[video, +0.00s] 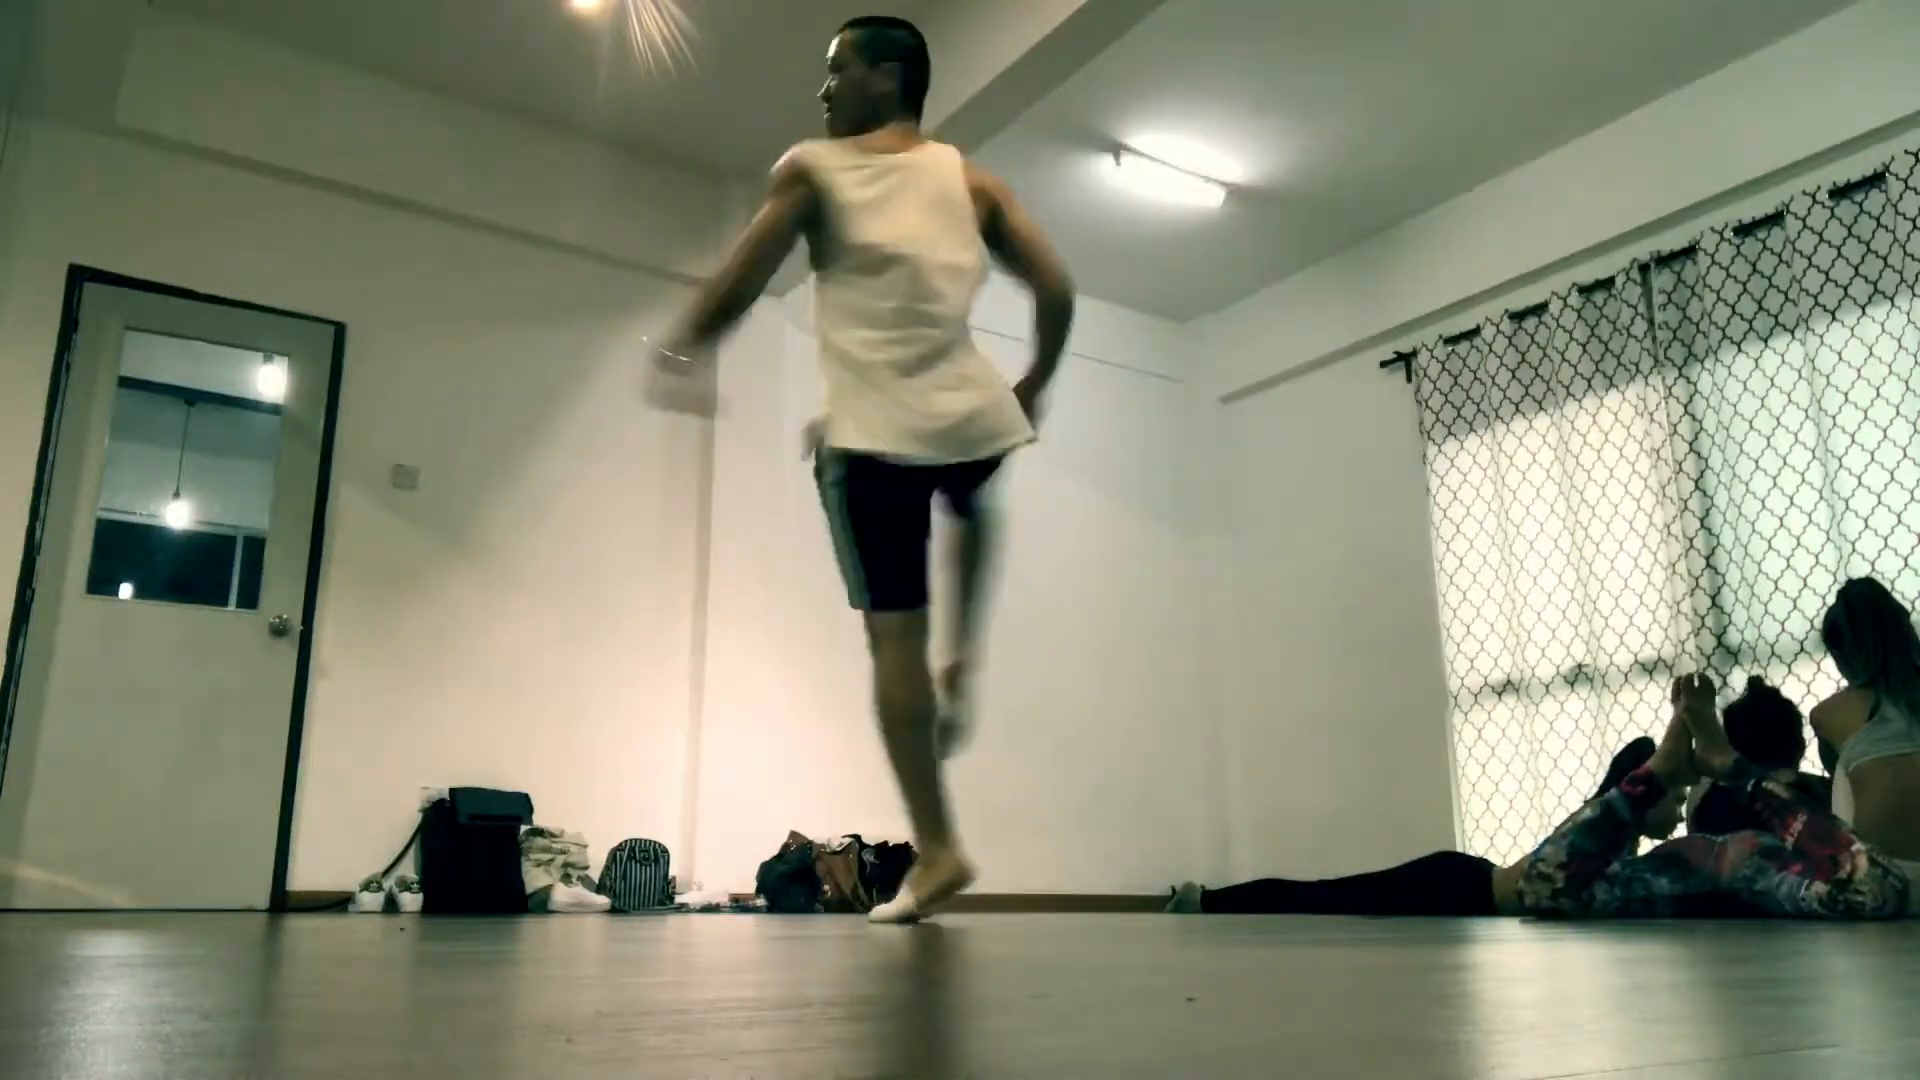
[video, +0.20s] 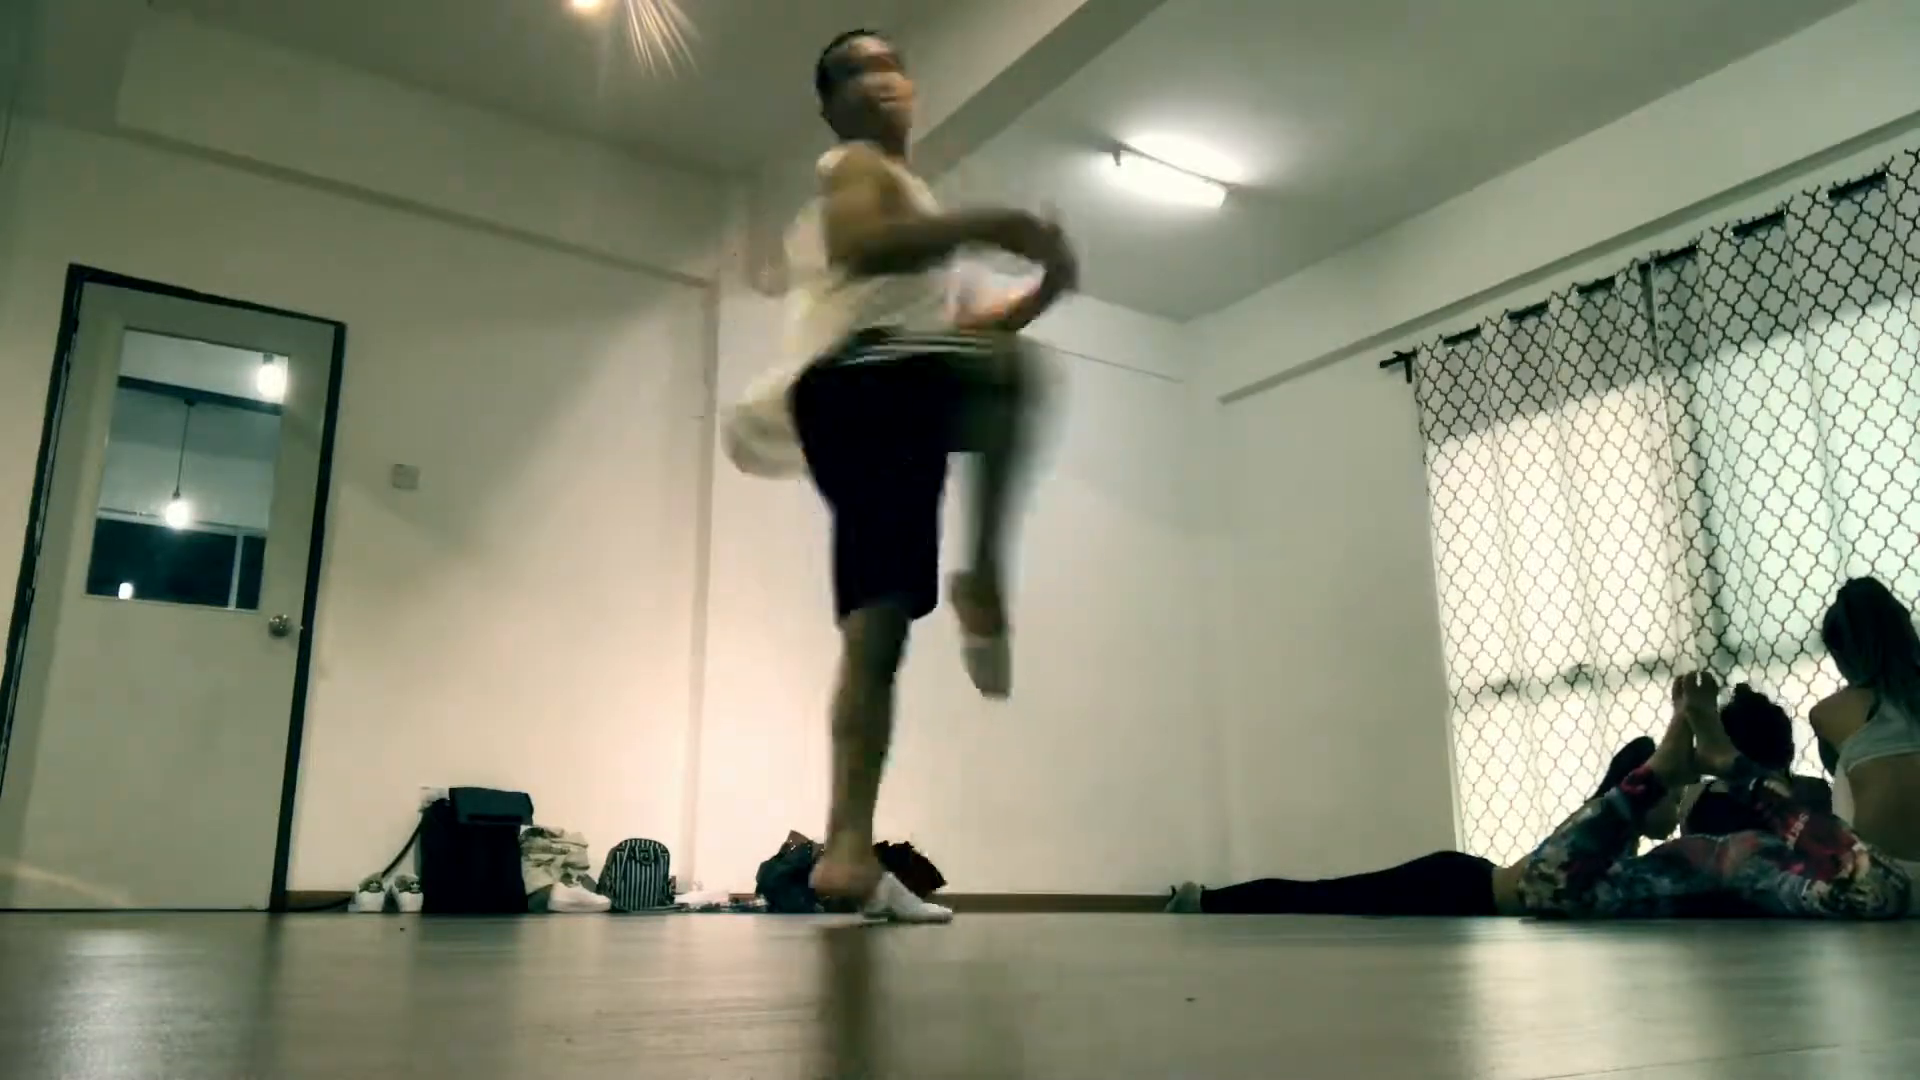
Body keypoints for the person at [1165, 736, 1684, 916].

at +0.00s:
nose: (1668, 801)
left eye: (1666, 790)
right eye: (1662, 787)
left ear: (1643, 784)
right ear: (1642, 786)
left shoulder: (1622, 820)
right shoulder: (1612, 824)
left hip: (1470, 882)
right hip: (1463, 885)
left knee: (1334, 893)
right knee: (1330, 897)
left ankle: (1211, 897)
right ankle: (1204, 902)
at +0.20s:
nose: (1694, 769)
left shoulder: (1634, 806)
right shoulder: (1629, 807)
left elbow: (1660, 782)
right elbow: (1658, 784)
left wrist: (1685, 721)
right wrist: (1685, 722)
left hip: (1474, 883)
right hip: (1470, 882)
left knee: (1335, 895)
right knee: (1332, 896)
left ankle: (1210, 899)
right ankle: (1206, 900)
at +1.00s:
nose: (1682, 726)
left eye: (1698, 724)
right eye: (1689, 718)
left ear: (1720, 740)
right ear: (1704, 733)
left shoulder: (1702, 802)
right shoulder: (1652, 781)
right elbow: (1645, 790)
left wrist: (1690, 721)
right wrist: (1681, 718)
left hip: (1497, 889)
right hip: (1488, 880)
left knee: (1340, 900)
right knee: (1336, 895)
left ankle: (1212, 902)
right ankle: (1208, 900)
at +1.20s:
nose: (1669, 717)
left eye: (1683, 712)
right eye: (1670, 708)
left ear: (1715, 732)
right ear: (1690, 727)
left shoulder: (1725, 798)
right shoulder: (1642, 775)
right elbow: (1642, 793)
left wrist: (1708, 728)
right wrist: (1683, 722)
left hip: (1500, 892)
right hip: (1486, 881)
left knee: (1340, 901)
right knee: (1334, 895)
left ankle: (1212, 902)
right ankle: (1205, 901)